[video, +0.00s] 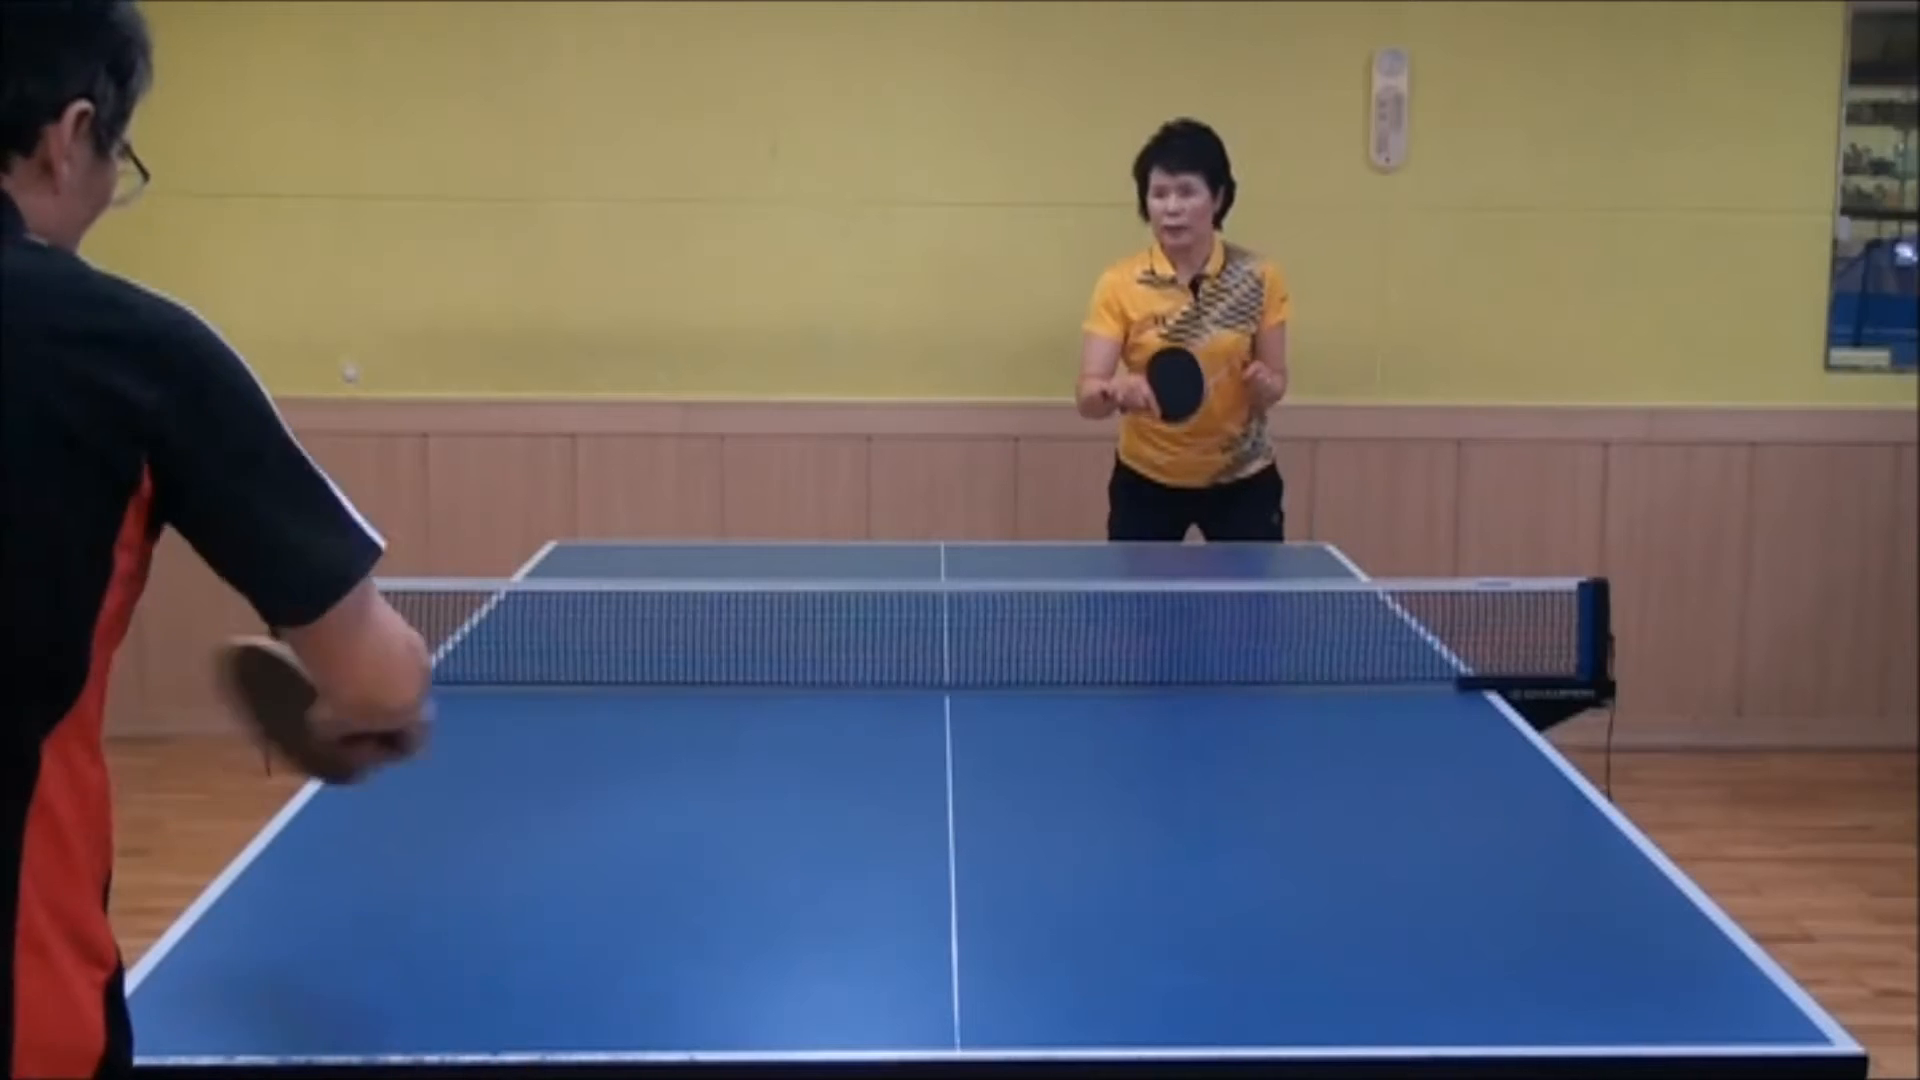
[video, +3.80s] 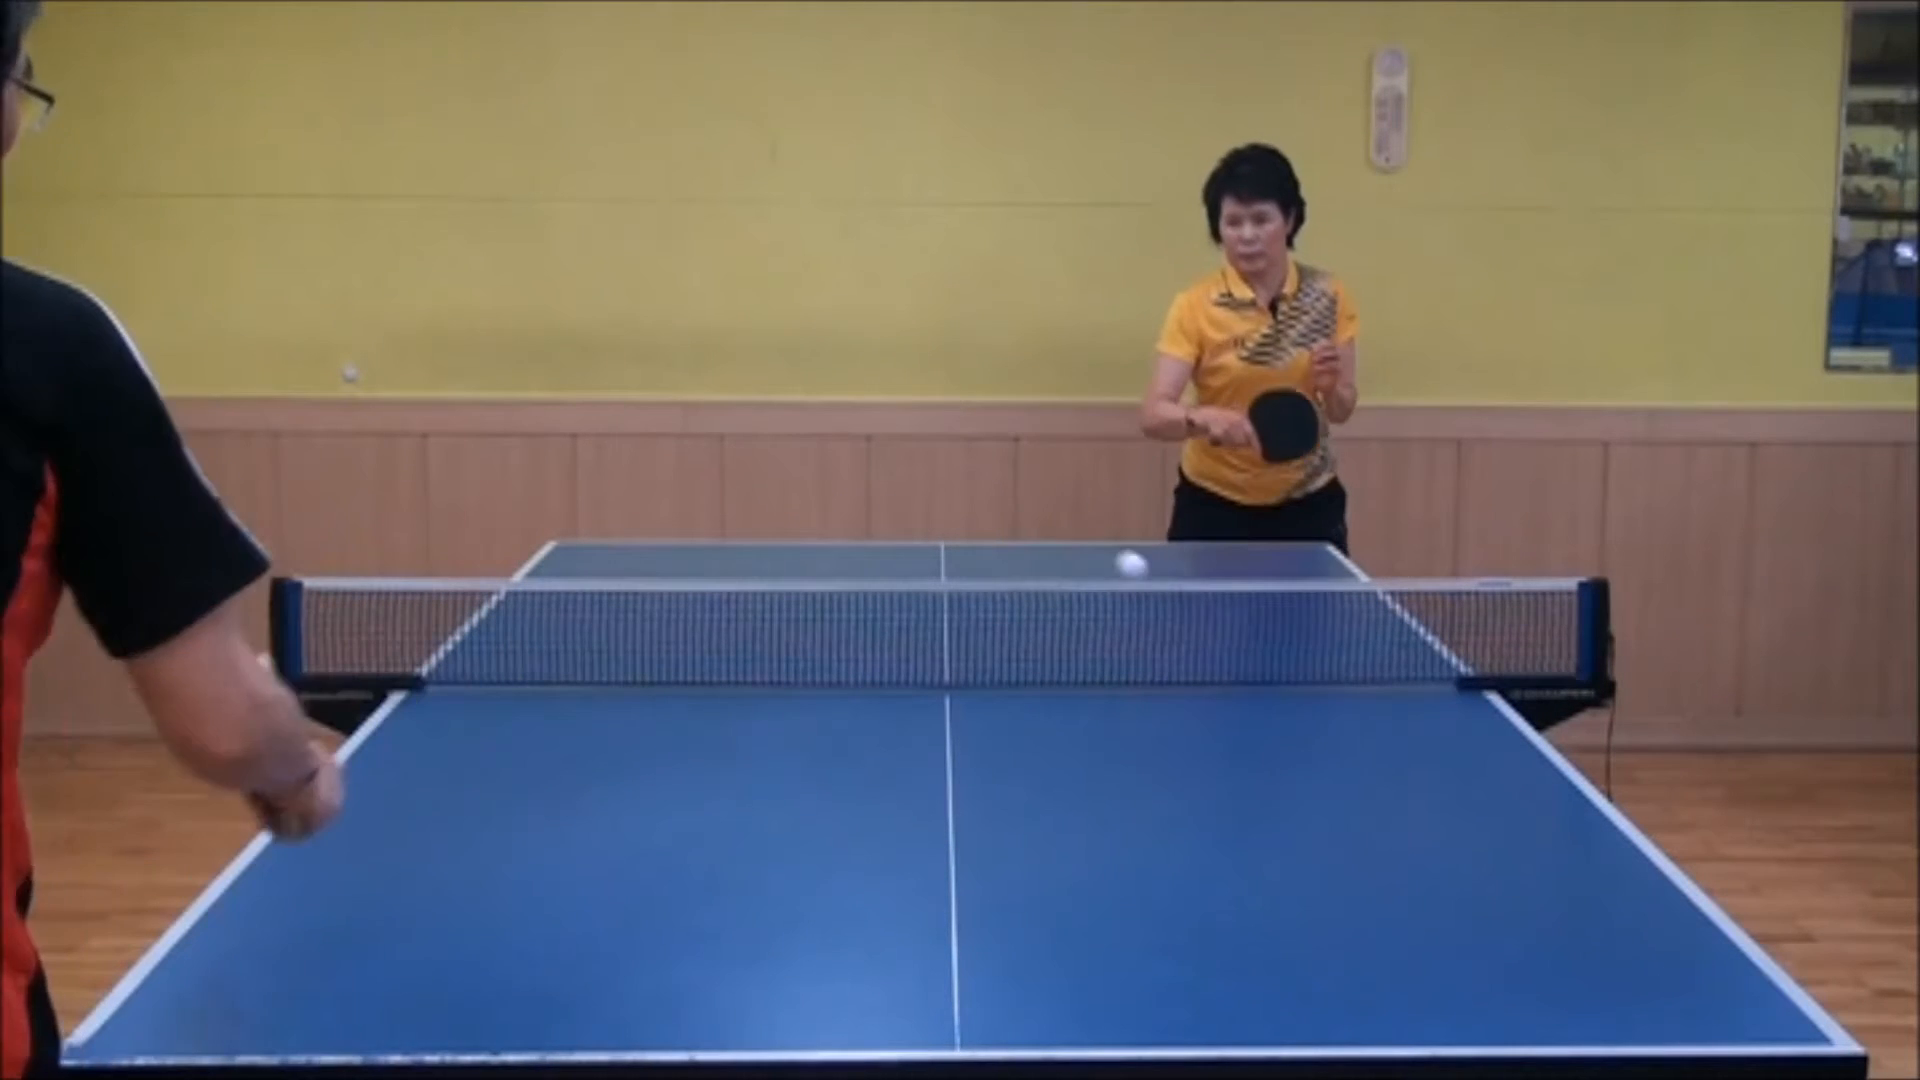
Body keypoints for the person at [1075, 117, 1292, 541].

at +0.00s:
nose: (1172, 208)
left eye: (1187, 192)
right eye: (1160, 193)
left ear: (1219, 199)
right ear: (1144, 202)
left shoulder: (1259, 282)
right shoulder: (1120, 285)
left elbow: (1274, 380)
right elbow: (1089, 399)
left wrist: (1262, 384)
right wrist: (1116, 392)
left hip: (1240, 484)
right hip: (1147, 483)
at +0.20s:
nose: (1208, 222)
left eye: (1222, 207)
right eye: (1194, 208)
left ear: (1253, 210)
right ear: (1178, 216)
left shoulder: (1293, 290)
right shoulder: (1156, 297)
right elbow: (1124, 409)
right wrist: (1168, 391)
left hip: (1275, 495)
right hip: (1181, 495)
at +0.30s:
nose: (1239, 240)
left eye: (1253, 224)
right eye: (1225, 226)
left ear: (1282, 224)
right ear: (1208, 232)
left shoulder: (1321, 301)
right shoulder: (1188, 311)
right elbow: (1153, 421)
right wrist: (1209, 409)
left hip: (1305, 510)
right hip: (1210, 511)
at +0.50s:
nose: (1287, 257)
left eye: (1302, 240)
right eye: (1273, 242)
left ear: (1329, 238)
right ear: (1255, 246)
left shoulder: (1363, 315)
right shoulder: (1232, 322)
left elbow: (1372, 399)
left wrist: (1371, 394)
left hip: (1327, 507)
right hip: (1236, 508)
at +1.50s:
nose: (1262, 212)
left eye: (1278, 197)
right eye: (1250, 197)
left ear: (1310, 205)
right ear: (1235, 205)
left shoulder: (1345, 290)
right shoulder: (1206, 291)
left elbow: (1357, 389)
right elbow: (1167, 404)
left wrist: (1367, 398)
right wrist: (1202, 395)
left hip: (1310, 488)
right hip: (1218, 484)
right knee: (1203, 604)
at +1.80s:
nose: (1221, 208)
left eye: (1237, 195)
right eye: (1210, 194)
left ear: (1267, 205)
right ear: (1194, 203)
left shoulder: (1298, 289)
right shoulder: (1162, 287)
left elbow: (1300, 386)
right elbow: (1129, 401)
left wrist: (1312, 399)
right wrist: (1162, 391)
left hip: (1264, 491)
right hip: (1171, 488)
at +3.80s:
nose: (1247, 236)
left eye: (1262, 220)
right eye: (1234, 222)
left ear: (1290, 221)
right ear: (1217, 229)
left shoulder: (1328, 300)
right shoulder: (1195, 308)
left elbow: (1341, 413)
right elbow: (1154, 415)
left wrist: (1330, 387)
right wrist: (1201, 419)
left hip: (1306, 507)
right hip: (1213, 507)